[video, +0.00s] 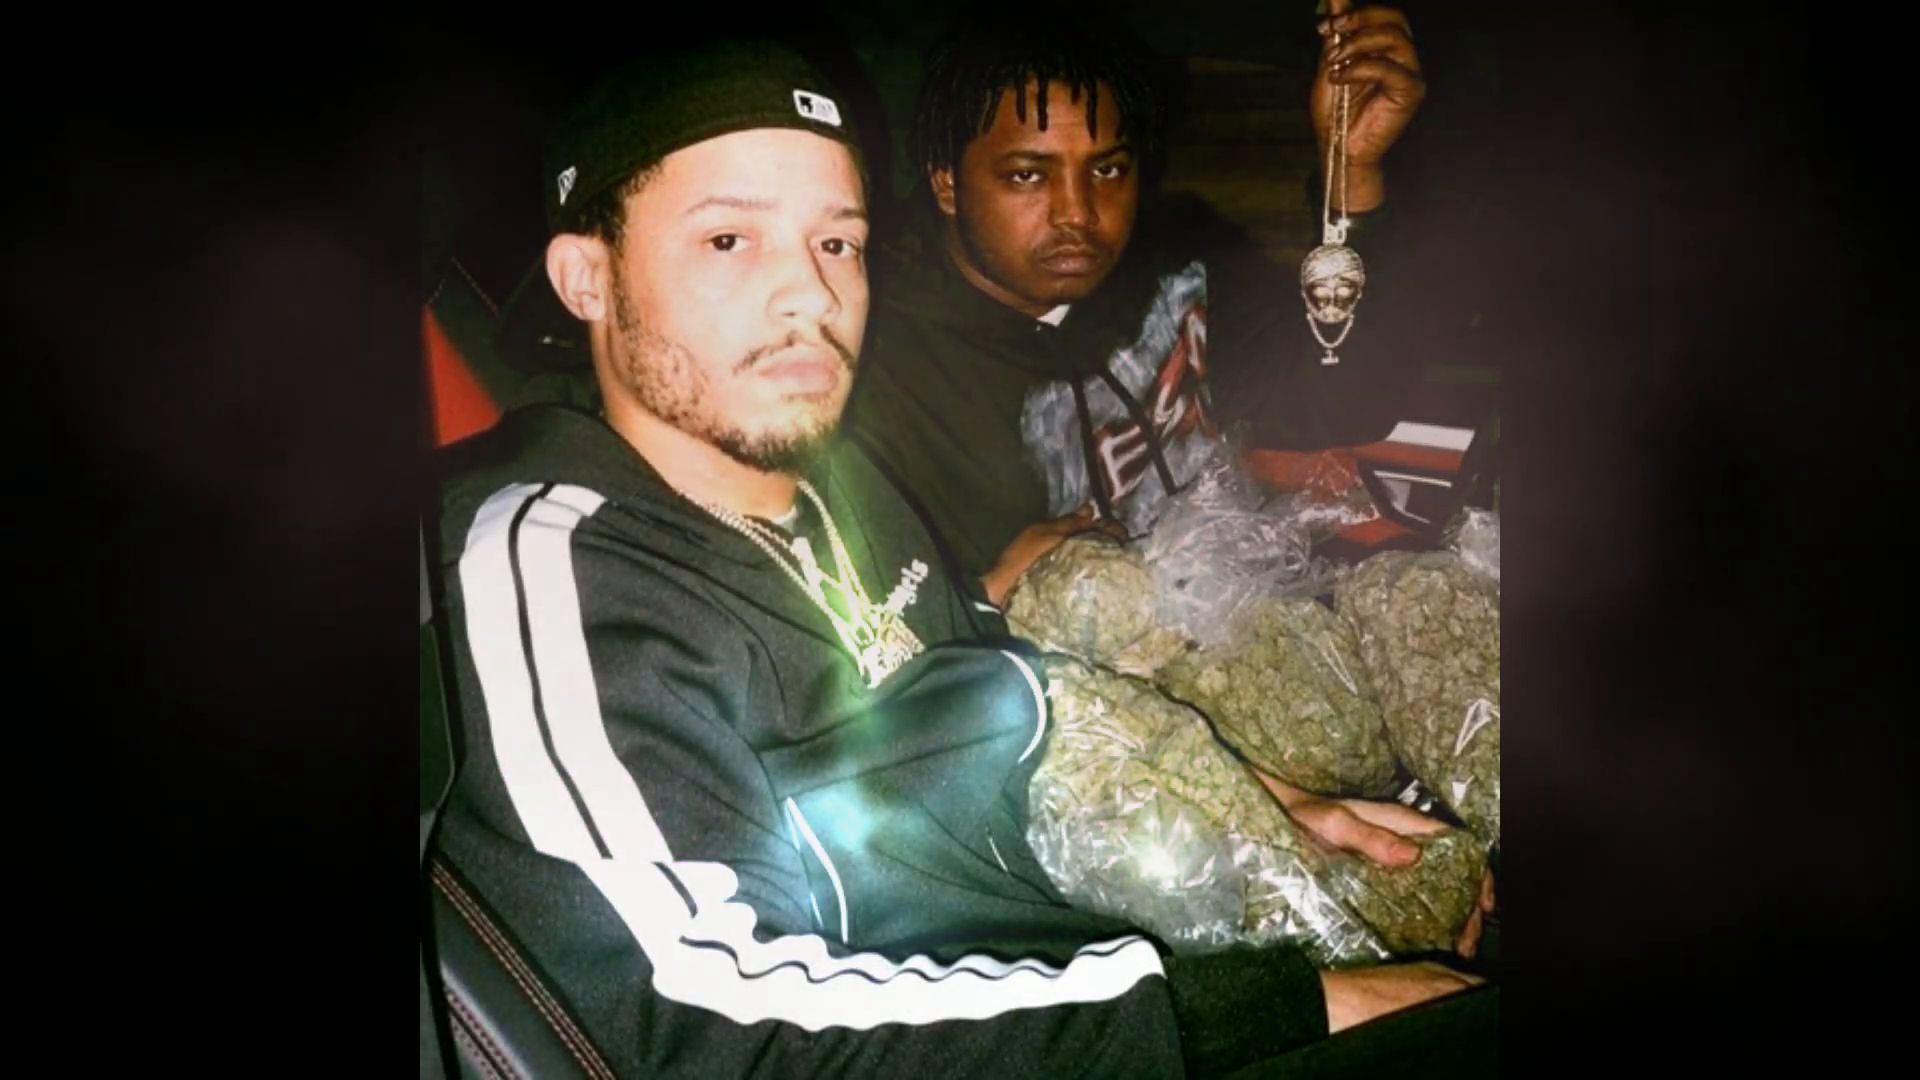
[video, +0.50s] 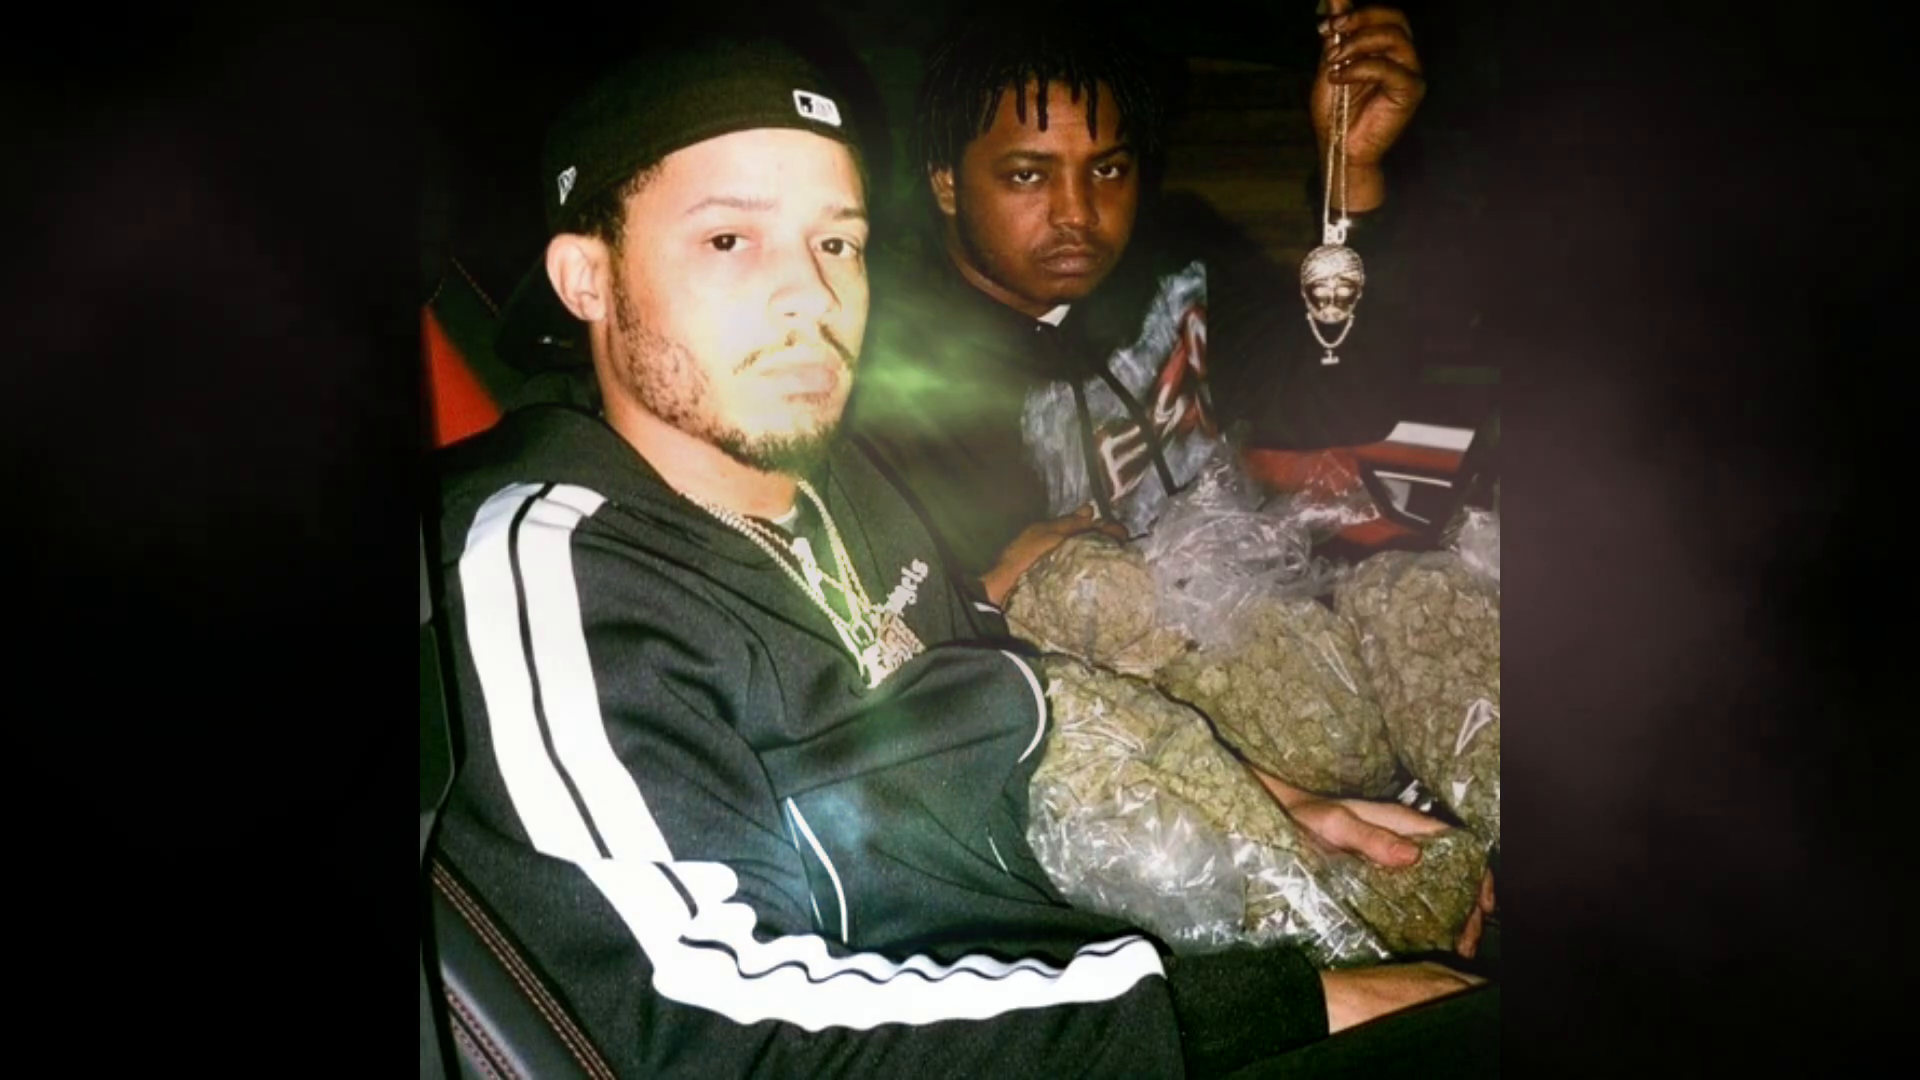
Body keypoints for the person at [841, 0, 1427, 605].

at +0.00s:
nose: (1078, 216)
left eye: (1107, 170)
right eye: (1029, 175)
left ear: (1140, 172)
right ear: (945, 187)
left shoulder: (1180, 256)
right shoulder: (890, 367)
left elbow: (1348, 407)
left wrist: (1351, 170)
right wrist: (992, 591)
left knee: (1421, 592)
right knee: (1076, 583)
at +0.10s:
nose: (1077, 216)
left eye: (1107, 171)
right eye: (1029, 175)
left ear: (1141, 173)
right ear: (945, 186)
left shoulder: (1178, 255)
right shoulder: (891, 373)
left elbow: (1347, 407)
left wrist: (1351, 171)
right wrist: (991, 596)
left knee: (1418, 591)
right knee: (1078, 582)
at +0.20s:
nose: (1077, 216)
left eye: (1107, 170)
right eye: (1029, 175)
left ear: (1141, 172)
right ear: (945, 186)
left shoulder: (1178, 253)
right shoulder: (891, 370)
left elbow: (1350, 406)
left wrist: (1352, 170)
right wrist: (990, 594)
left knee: (1417, 591)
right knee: (1081, 584)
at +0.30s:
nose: (1077, 216)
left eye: (1107, 170)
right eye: (1029, 175)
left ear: (1140, 172)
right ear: (945, 186)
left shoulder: (1179, 249)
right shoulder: (893, 369)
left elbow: (1349, 409)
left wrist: (1352, 170)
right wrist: (992, 591)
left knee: (1420, 591)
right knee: (1077, 582)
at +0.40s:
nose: (1078, 216)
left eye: (1107, 170)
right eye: (1029, 175)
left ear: (1142, 171)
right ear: (945, 187)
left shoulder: (1181, 252)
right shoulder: (900, 371)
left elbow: (1346, 410)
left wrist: (1352, 172)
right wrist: (990, 591)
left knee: (1421, 592)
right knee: (1080, 580)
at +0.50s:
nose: (1077, 217)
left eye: (1107, 170)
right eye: (1028, 175)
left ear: (1140, 171)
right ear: (945, 187)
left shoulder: (1180, 251)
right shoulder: (905, 372)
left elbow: (1346, 408)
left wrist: (1352, 171)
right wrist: (993, 588)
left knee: (1425, 595)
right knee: (1081, 579)